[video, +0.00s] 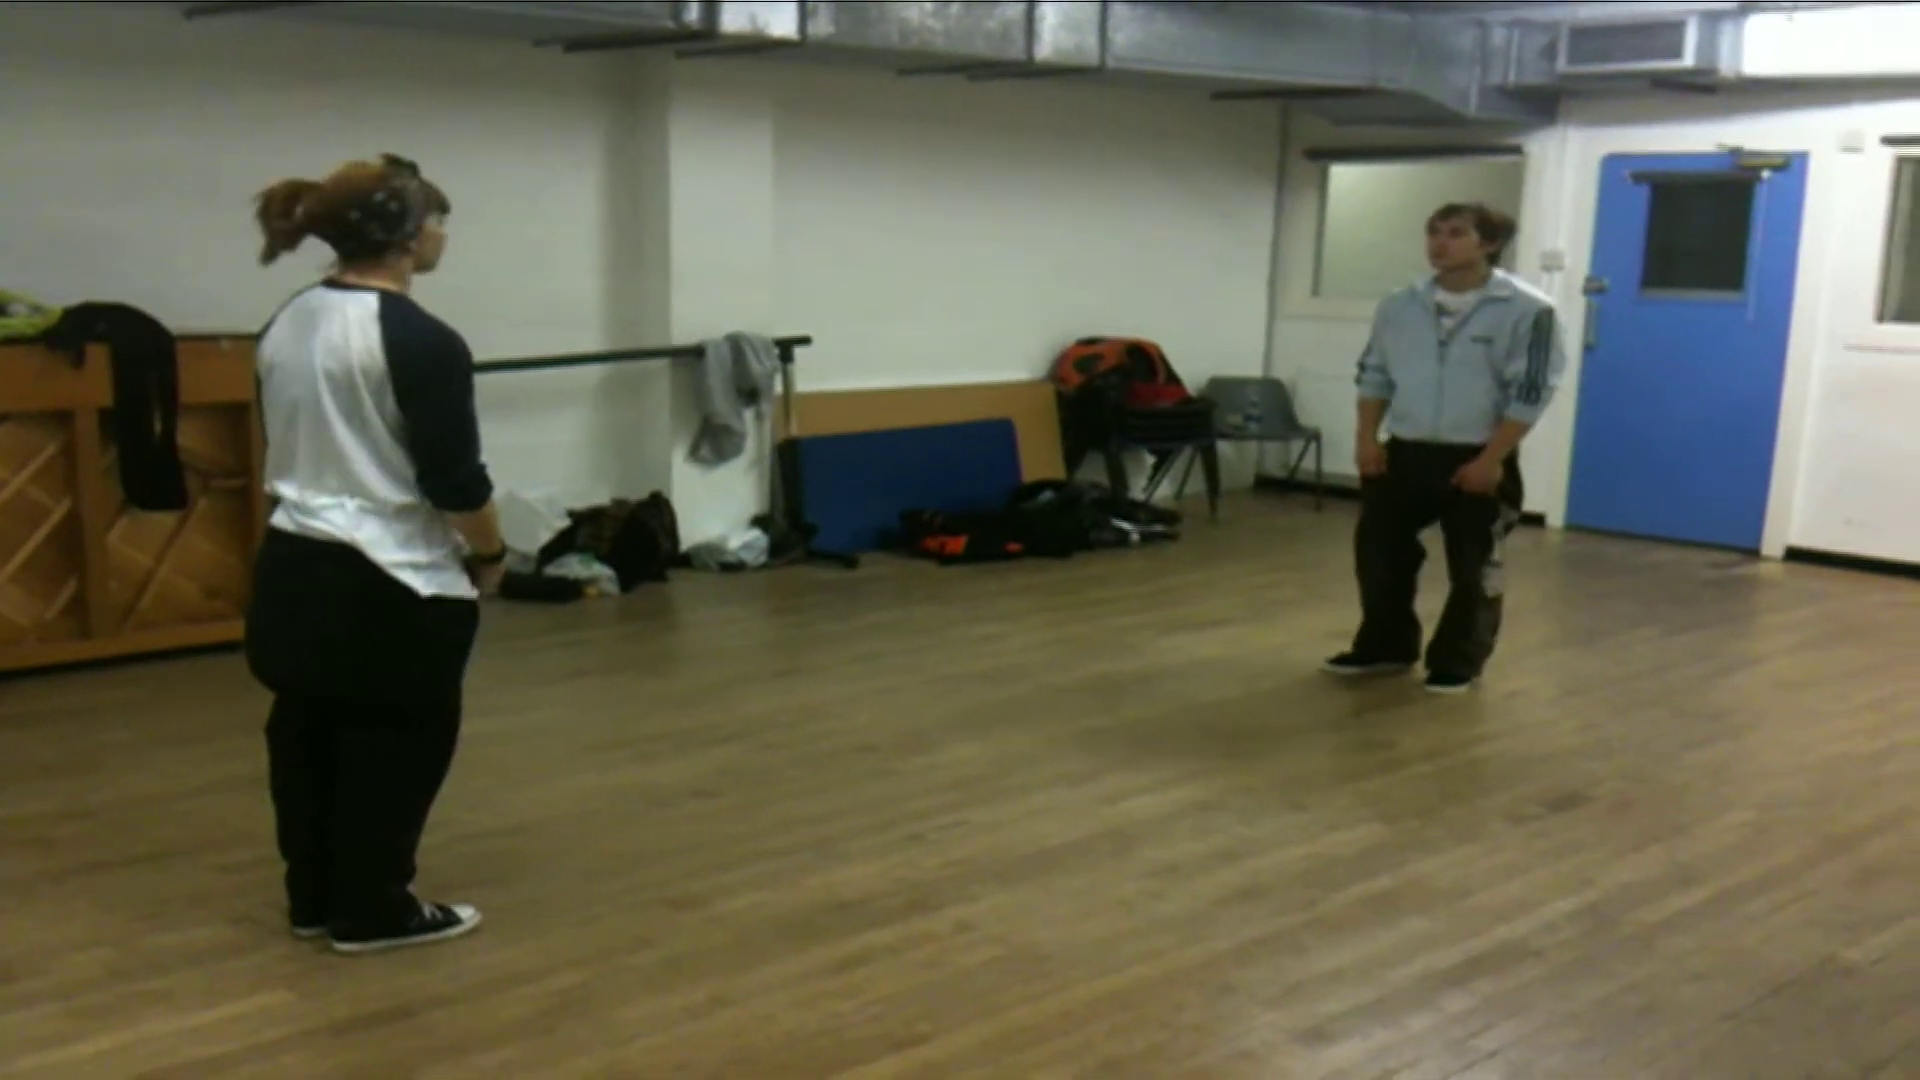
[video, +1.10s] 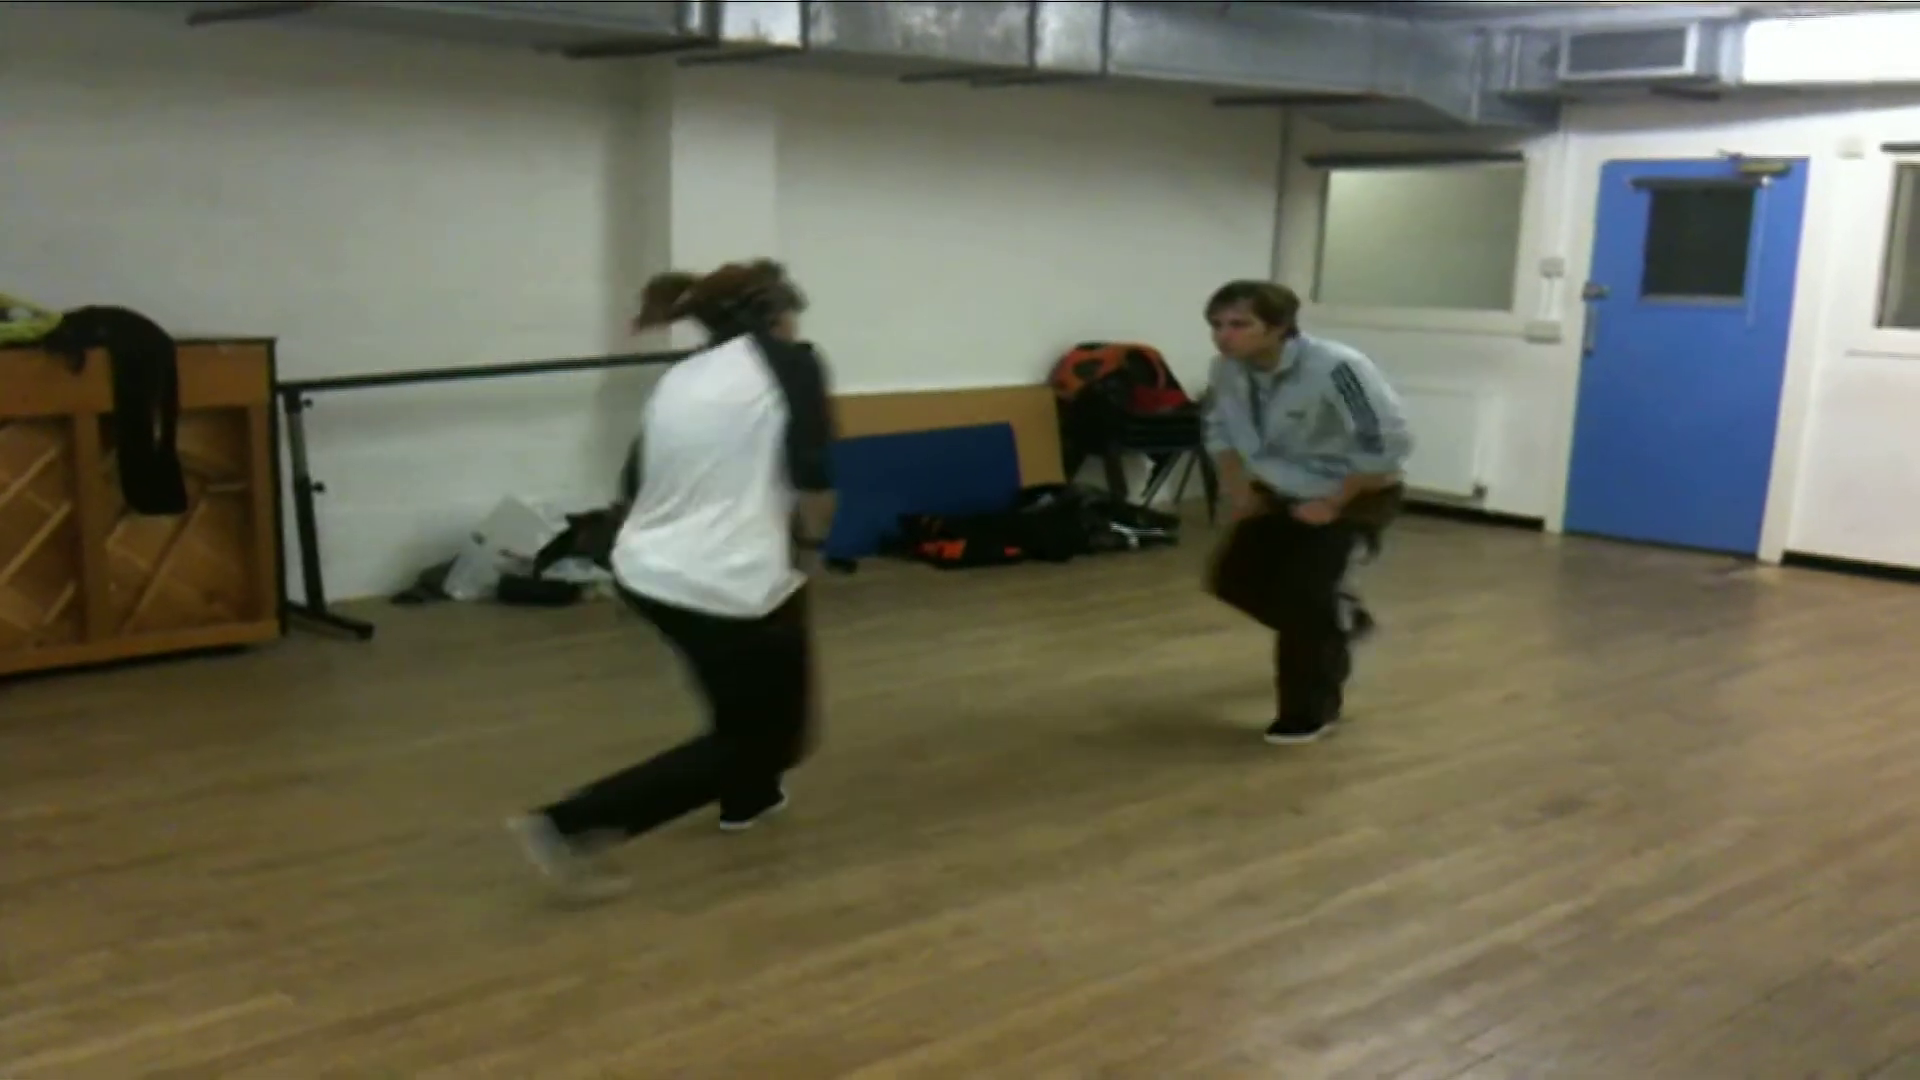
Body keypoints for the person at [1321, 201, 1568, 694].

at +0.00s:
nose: (1441, 242)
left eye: (1456, 234)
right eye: (1435, 233)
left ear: (1487, 244)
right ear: (1426, 243)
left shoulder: (1528, 312)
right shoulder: (1399, 307)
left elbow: (1529, 396)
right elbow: (1375, 377)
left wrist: (1492, 457)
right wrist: (1366, 437)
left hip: (1479, 461)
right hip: (1407, 457)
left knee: (1474, 570)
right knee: (1378, 546)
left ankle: (1456, 662)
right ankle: (1386, 643)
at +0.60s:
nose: (1375, 265)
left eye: (1389, 255)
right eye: (1369, 256)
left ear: (1423, 261)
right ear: (1363, 263)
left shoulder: (1474, 317)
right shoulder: (1349, 325)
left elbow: (1485, 399)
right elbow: (1334, 397)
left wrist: (1443, 458)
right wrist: (1331, 464)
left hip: (1440, 465)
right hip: (1372, 464)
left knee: (1427, 554)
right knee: (1358, 550)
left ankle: (1456, 654)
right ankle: (1386, 644)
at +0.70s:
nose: (1357, 281)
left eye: (1371, 271)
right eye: (1351, 272)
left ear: (1405, 277)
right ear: (1345, 278)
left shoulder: (1454, 314)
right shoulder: (1329, 342)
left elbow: (1468, 387)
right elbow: (1309, 415)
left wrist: (1409, 445)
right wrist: (1317, 471)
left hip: (1439, 453)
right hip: (1371, 454)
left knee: (1373, 537)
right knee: (1339, 546)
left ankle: (1423, 611)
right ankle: (1377, 643)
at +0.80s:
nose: (1329, 294)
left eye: (1343, 284)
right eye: (1324, 284)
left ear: (1376, 290)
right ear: (1317, 290)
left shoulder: (1419, 333)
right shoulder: (1301, 347)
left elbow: (1455, 398)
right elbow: (1284, 419)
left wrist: (1398, 459)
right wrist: (1302, 471)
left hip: (1428, 462)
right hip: (1357, 464)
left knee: (1366, 534)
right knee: (1320, 561)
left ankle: (1380, 636)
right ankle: (1385, 637)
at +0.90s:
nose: (1281, 318)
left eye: (1294, 308)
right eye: (1276, 309)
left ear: (1327, 313)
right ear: (1271, 314)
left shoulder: (1371, 358)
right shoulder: (1278, 360)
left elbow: (1448, 418)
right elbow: (1264, 421)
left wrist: (1410, 491)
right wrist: (1291, 472)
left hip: (1408, 484)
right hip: (1344, 479)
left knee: (1375, 576)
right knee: (1314, 576)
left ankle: (1332, 687)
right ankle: (1394, 641)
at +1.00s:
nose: (1239, 339)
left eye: (1252, 329)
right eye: (1235, 329)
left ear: (1288, 334)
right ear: (1232, 333)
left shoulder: (1341, 375)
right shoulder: (1253, 375)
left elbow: (1421, 436)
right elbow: (1249, 437)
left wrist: (1384, 505)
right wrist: (1267, 485)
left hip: (1382, 498)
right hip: (1317, 495)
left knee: (1350, 599)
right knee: (1294, 585)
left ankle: (1318, 711)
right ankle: (1390, 644)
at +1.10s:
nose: (1222, 337)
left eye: (1236, 325)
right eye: (1217, 326)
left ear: (1275, 328)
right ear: (1212, 328)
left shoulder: (1337, 369)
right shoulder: (1229, 371)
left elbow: (1391, 443)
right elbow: (1218, 430)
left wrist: (1337, 501)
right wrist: (1237, 486)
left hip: (1351, 496)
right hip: (1281, 492)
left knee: (1303, 591)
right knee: (1232, 575)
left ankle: (1308, 710)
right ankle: (1332, 618)